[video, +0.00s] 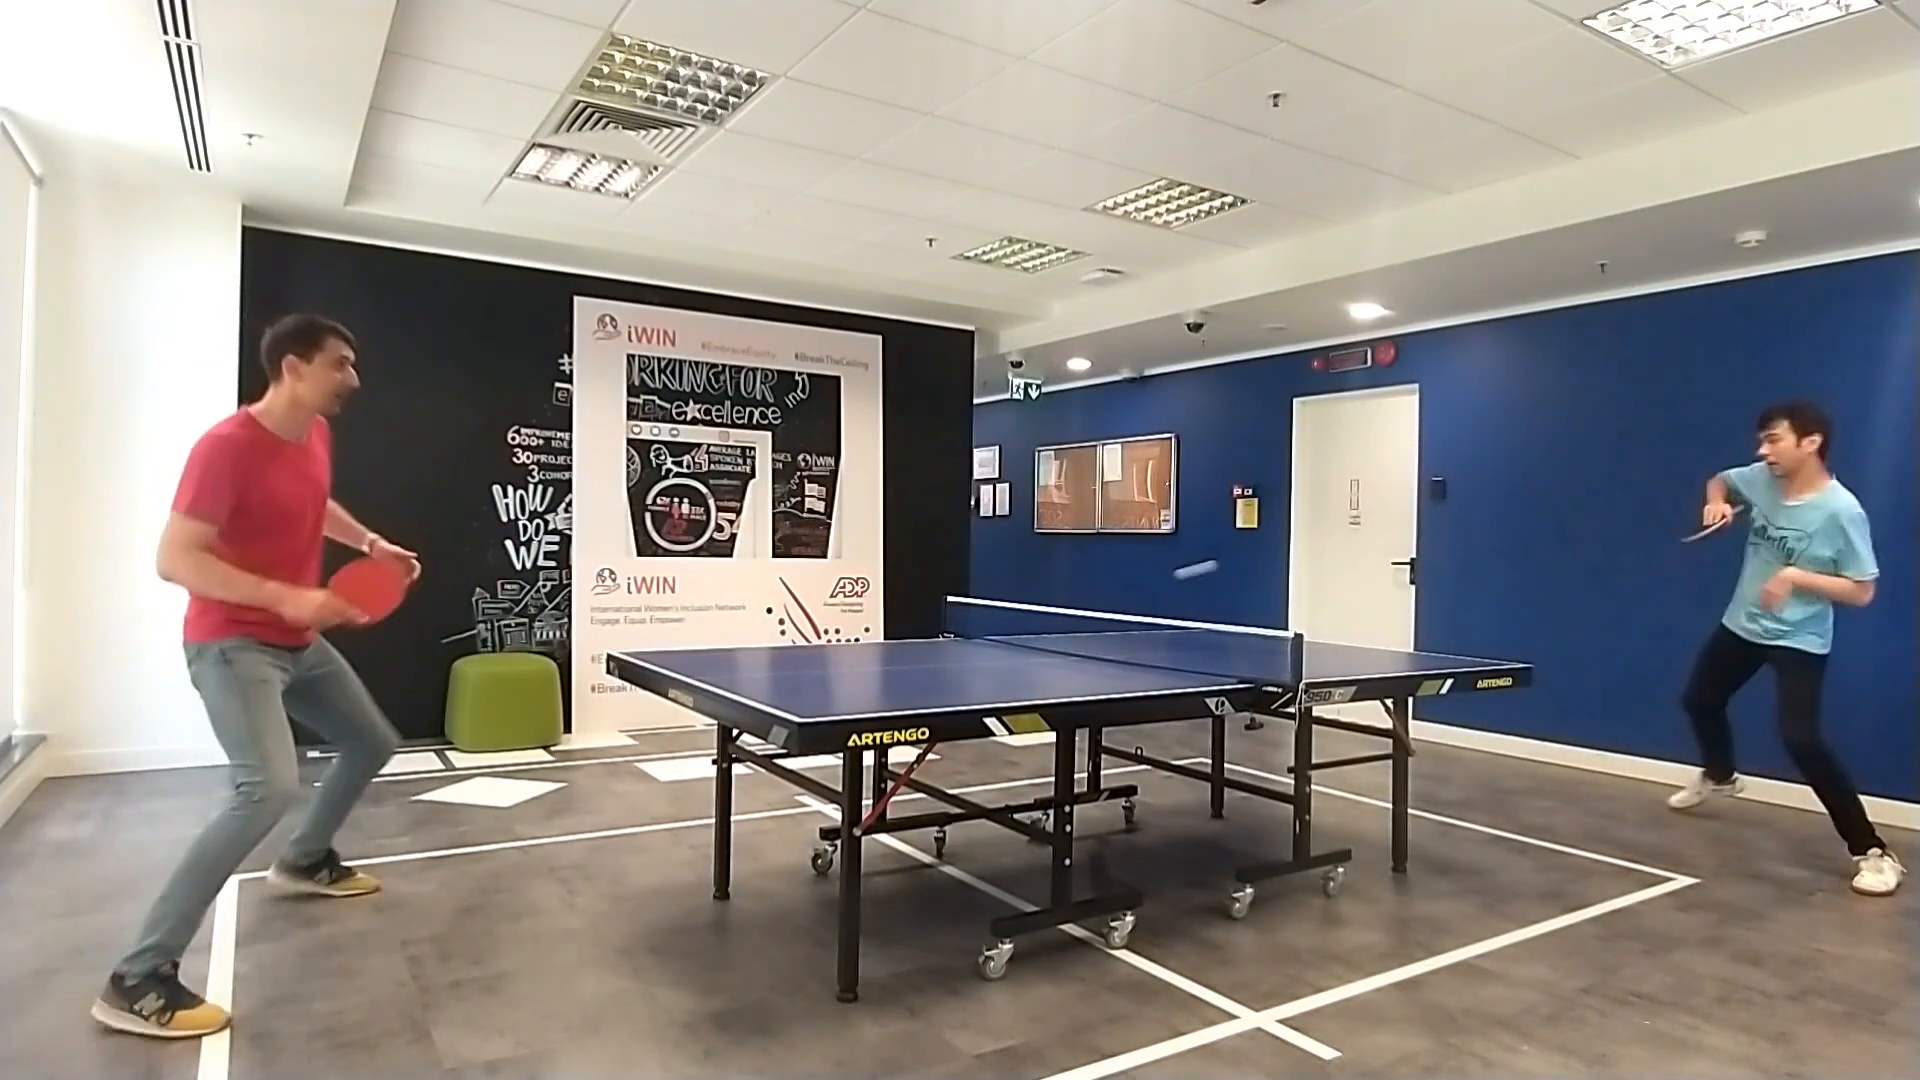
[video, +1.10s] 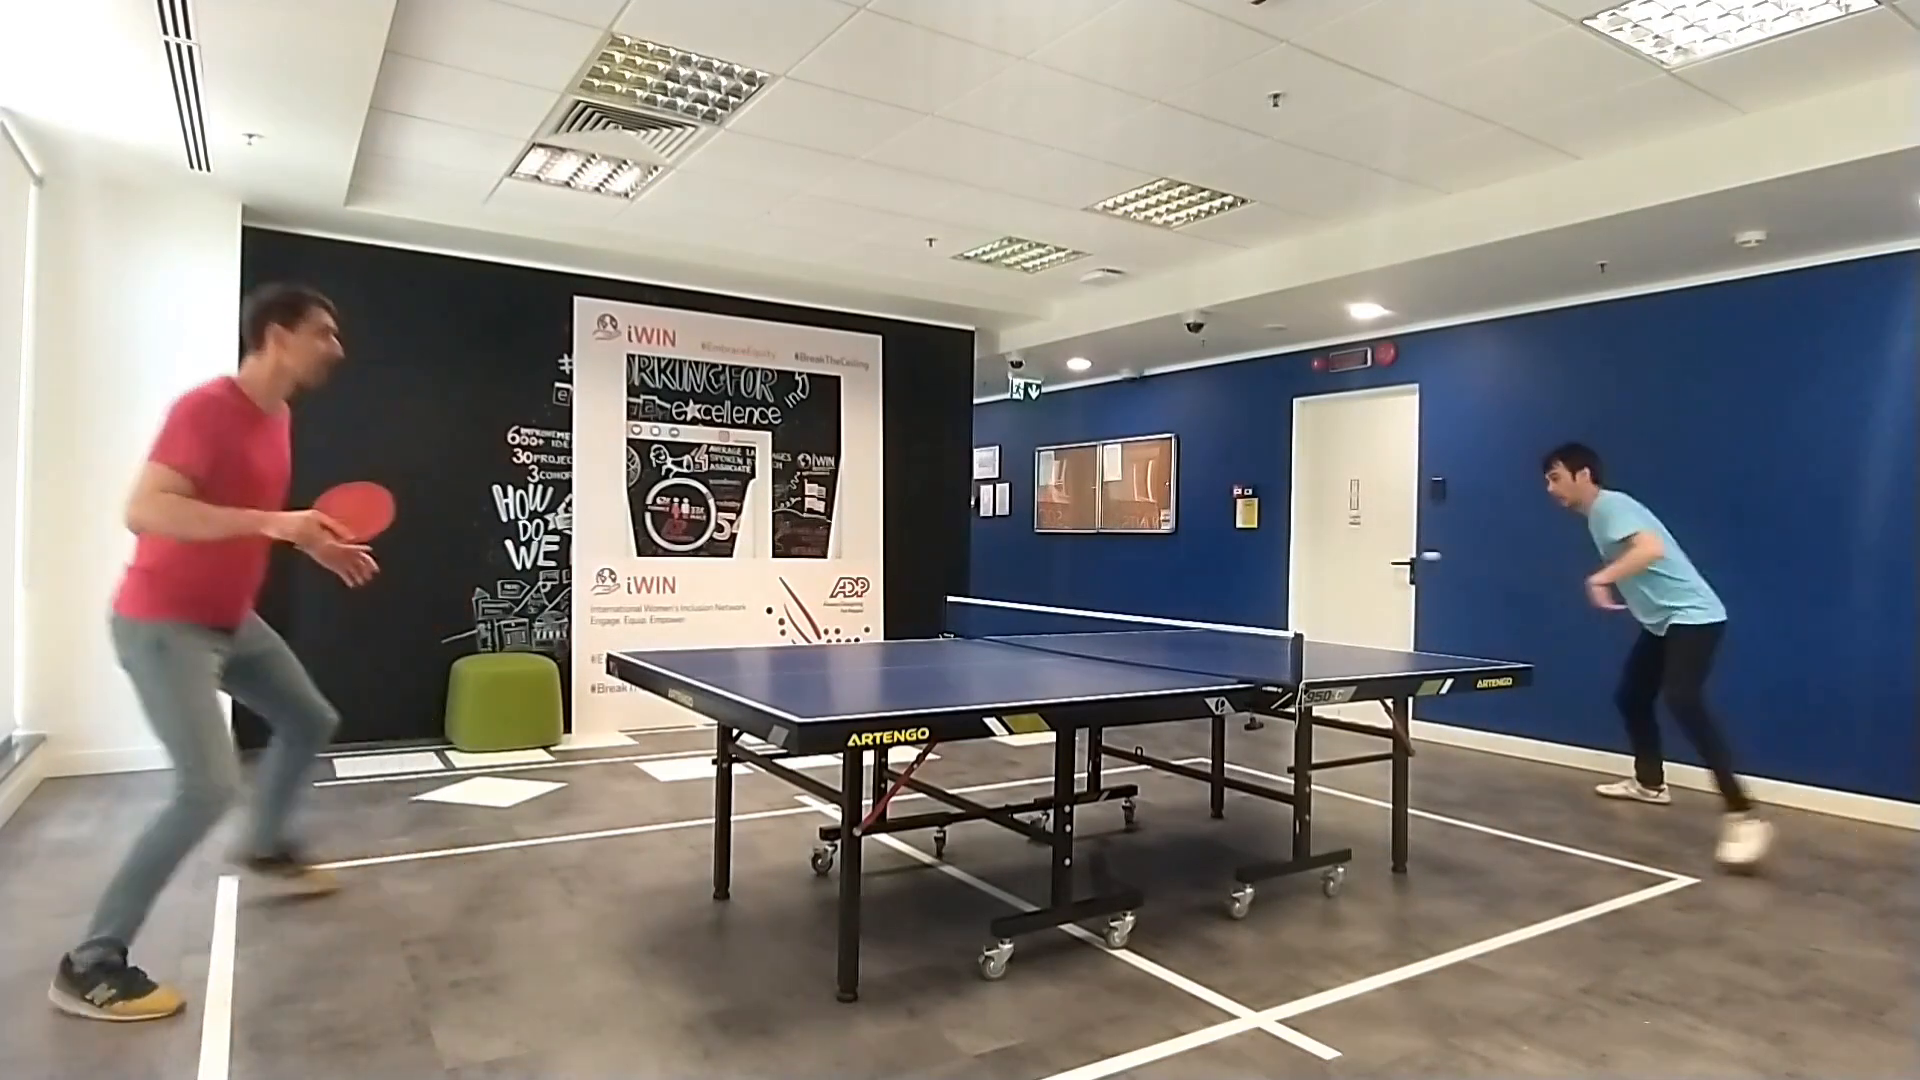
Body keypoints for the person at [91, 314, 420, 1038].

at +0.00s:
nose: (353, 379)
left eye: (353, 367)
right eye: (342, 365)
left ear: (309, 373)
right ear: (293, 368)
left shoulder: (315, 437)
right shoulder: (227, 446)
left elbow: (308, 506)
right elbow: (175, 558)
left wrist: (369, 543)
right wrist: (287, 596)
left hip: (298, 642)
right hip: (231, 645)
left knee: (371, 742)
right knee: (268, 790)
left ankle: (304, 858)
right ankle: (140, 975)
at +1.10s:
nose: (335, 350)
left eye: (335, 338)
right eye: (324, 334)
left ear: (286, 344)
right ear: (275, 336)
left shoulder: (276, 420)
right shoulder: (205, 409)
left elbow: (244, 509)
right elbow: (146, 508)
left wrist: (314, 542)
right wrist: (277, 522)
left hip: (230, 621)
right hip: (160, 627)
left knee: (309, 722)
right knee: (207, 789)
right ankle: (93, 961)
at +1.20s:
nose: (297, 324)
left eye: (298, 312)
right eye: (285, 309)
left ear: (251, 319)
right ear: (234, 311)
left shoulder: (245, 401)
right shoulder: (160, 385)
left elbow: (217, 498)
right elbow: (96, 491)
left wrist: (288, 538)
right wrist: (221, 526)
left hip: (187, 613)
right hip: (113, 608)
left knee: (243, 737)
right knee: (154, 779)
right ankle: (35, 960)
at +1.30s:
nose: (268, 339)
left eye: (267, 327)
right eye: (255, 324)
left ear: (217, 335)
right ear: (203, 327)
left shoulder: (205, 418)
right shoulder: (127, 404)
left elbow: (163, 512)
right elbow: (38, 508)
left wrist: (230, 556)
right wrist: (168, 563)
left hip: (133, 633)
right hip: (64, 626)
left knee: (168, 771)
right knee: (73, 812)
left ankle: (53, 888)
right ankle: (6, 906)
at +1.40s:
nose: (247, 381)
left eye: (247, 367)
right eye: (233, 364)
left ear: (189, 373)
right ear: (178, 367)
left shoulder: (168, 458)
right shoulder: (100, 442)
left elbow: (103, 548)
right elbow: (4, 537)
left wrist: (165, 599)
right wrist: (103, 620)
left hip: (84, 665)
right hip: (21, 659)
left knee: (134, 798)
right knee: (56, 829)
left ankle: (27, 917)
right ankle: (11, 924)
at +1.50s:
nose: (207, 399)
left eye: (207, 384)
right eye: (193, 381)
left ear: (148, 388)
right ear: (132, 382)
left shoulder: (139, 473)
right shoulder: (44, 466)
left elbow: (53, 572)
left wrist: (106, 626)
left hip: (60, 670)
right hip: (8, 674)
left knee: (120, 798)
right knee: (49, 824)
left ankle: (24, 917)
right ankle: (12, 922)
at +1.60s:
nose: (119, 375)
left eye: (125, 358)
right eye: (101, 355)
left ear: (129, 364)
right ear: (43, 359)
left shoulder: (96, 446)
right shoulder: (10, 445)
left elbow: (58, 550)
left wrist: (82, 613)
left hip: (50, 682)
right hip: (2, 684)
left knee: (86, 800)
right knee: (37, 816)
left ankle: (25, 916)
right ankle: (16, 918)